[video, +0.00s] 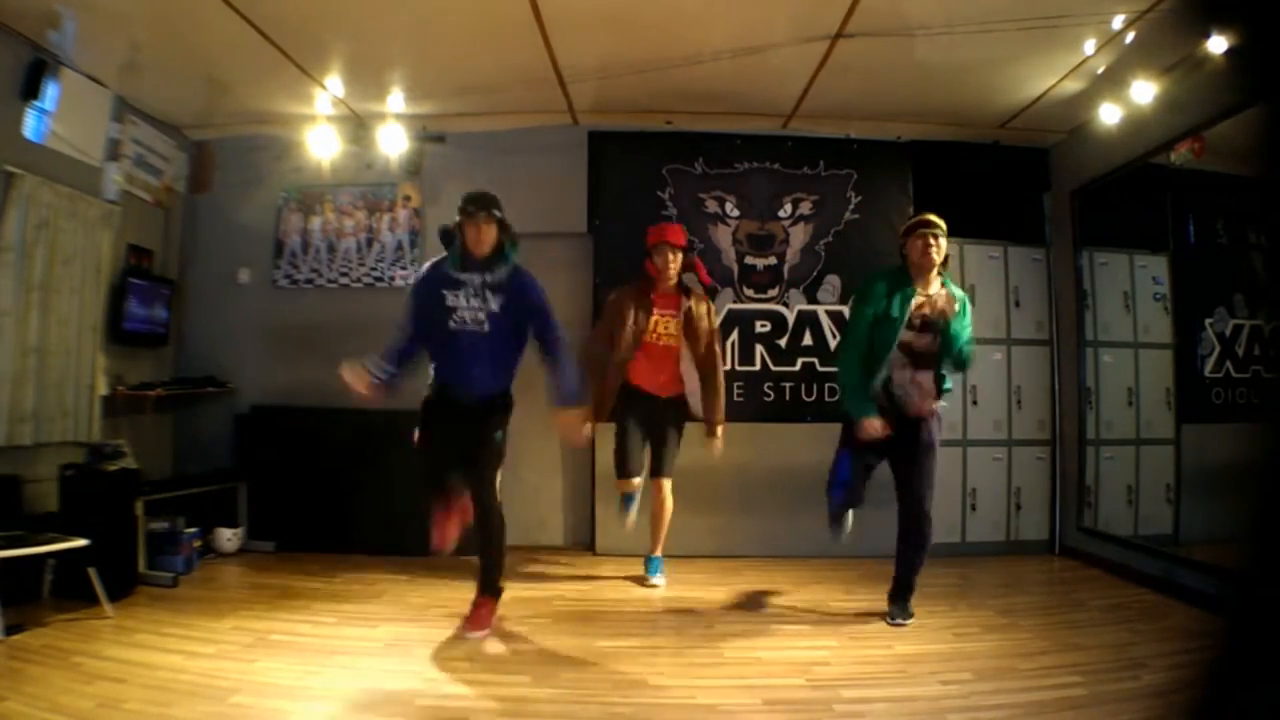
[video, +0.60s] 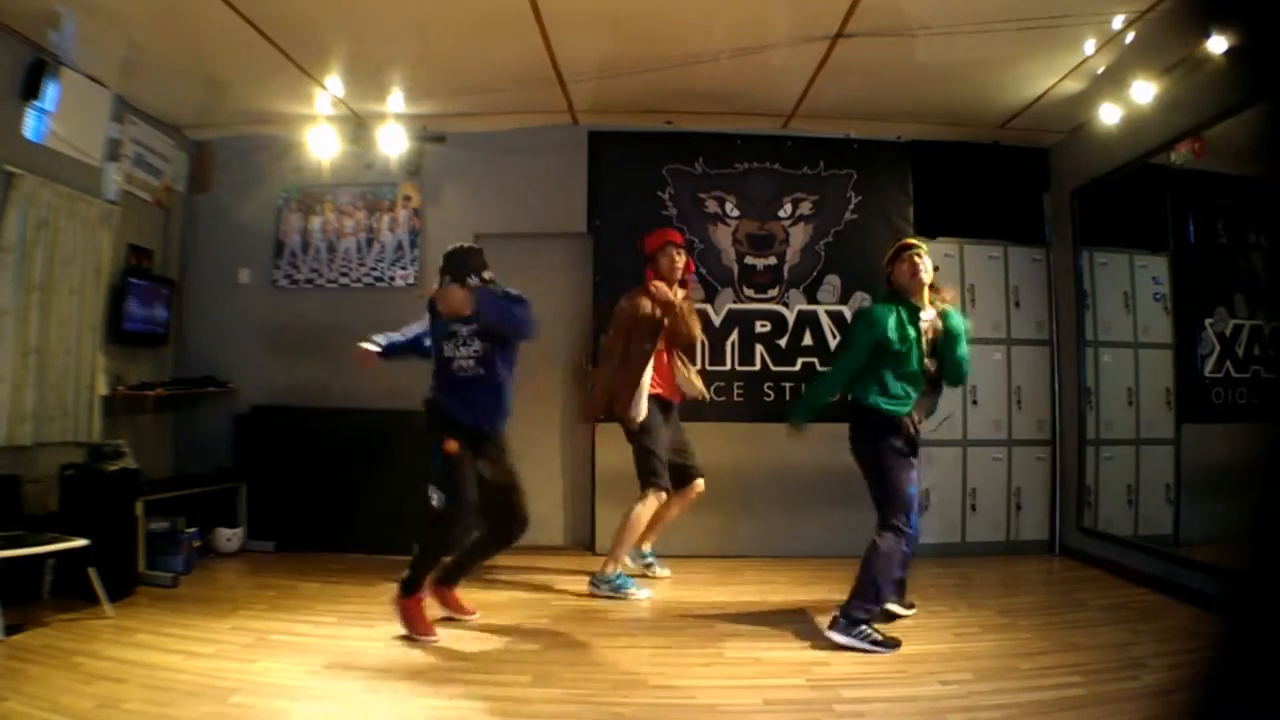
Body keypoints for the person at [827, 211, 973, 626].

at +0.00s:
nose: (928, 246)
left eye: (935, 240)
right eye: (920, 239)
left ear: (944, 249)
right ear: (905, 246)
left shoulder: (955, 300)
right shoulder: (879, 290)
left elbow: (962, 359)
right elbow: (851, 352)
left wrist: (948, 321)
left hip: (920, 410)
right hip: (874, 404)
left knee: (917, 508)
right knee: (850, 480)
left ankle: (901, 599)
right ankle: (843, 506)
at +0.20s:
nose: (927, 232)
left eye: (933, 227)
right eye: (919, 226)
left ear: (942, 237)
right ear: (902, 235)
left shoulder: (960, 280)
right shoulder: (876, 272)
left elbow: (982, 337)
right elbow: (833, 315)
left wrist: (947, 387)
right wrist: (850, 363)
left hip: (925, 401)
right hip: (877, 397)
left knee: (921, 493)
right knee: (884, 486)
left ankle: (916, 579)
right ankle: (892, 580)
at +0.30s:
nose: (927, 246)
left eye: (933, 240)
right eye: (919, 239)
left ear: (942, 250)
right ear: (901, 246)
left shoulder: (951, 297)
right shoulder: (875, 290)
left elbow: (954, 354)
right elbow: (866, 348)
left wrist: (946, 396)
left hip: (926, 417)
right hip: (878, 413)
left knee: (933, 504)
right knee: (875, 507)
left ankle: (931, 583)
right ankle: (884, 602)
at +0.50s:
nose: (922, 258)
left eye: (927, 251)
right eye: (912, 253)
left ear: (935, 262)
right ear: (897, 264)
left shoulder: (949, 305)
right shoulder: (886, 309)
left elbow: (979, 351)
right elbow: (869, 377)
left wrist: (981, 373)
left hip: (910, 420)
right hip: (878, 419)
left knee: (930, 499)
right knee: (900, 508)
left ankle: (899, 591)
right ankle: (853, 603)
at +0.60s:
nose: (917, 263)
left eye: (922, 257)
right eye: (907, 259)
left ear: (931, 270)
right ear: (893, 274)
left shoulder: (943, 319)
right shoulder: (879, 317)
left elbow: (956, 377)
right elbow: (840, 370)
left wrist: (953, 325)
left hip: (906, 425)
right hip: (874, 423)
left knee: (908, 516)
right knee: (899, 520)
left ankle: (887, 594)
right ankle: (851, 620)